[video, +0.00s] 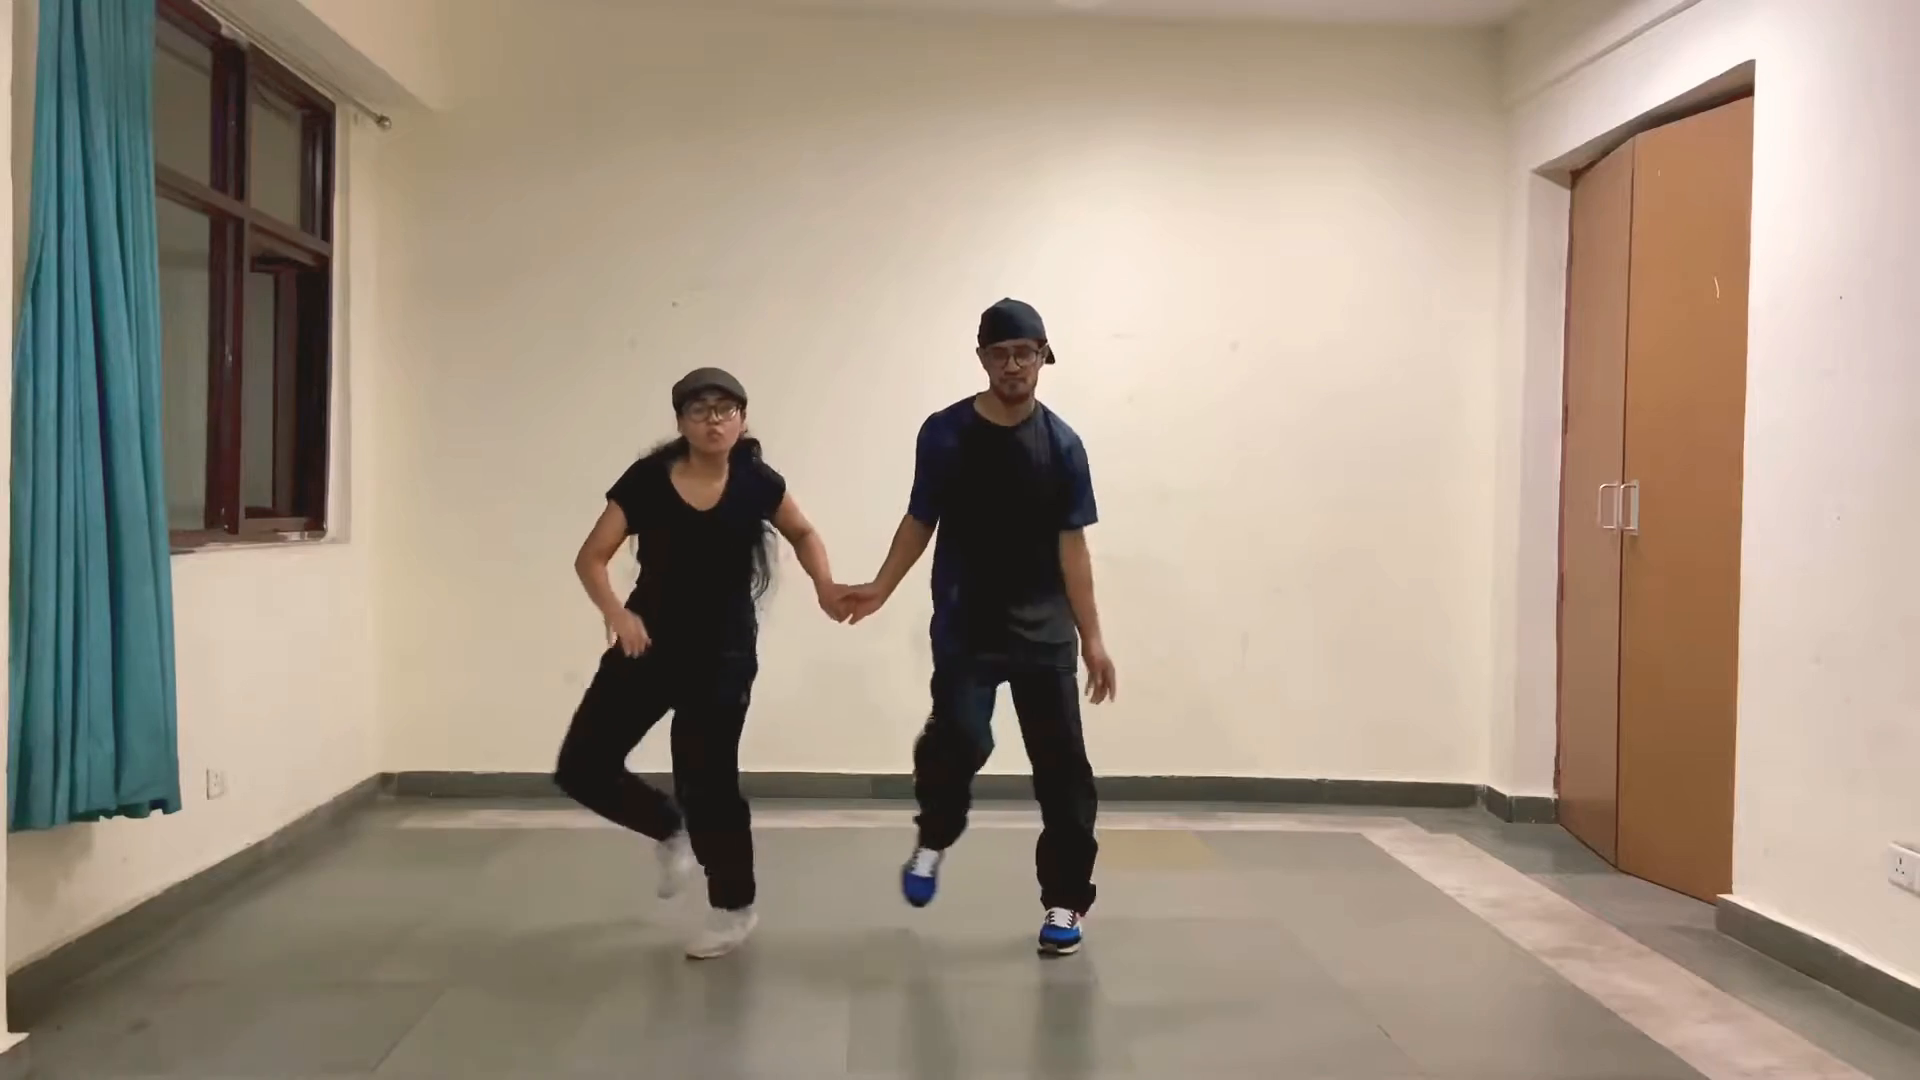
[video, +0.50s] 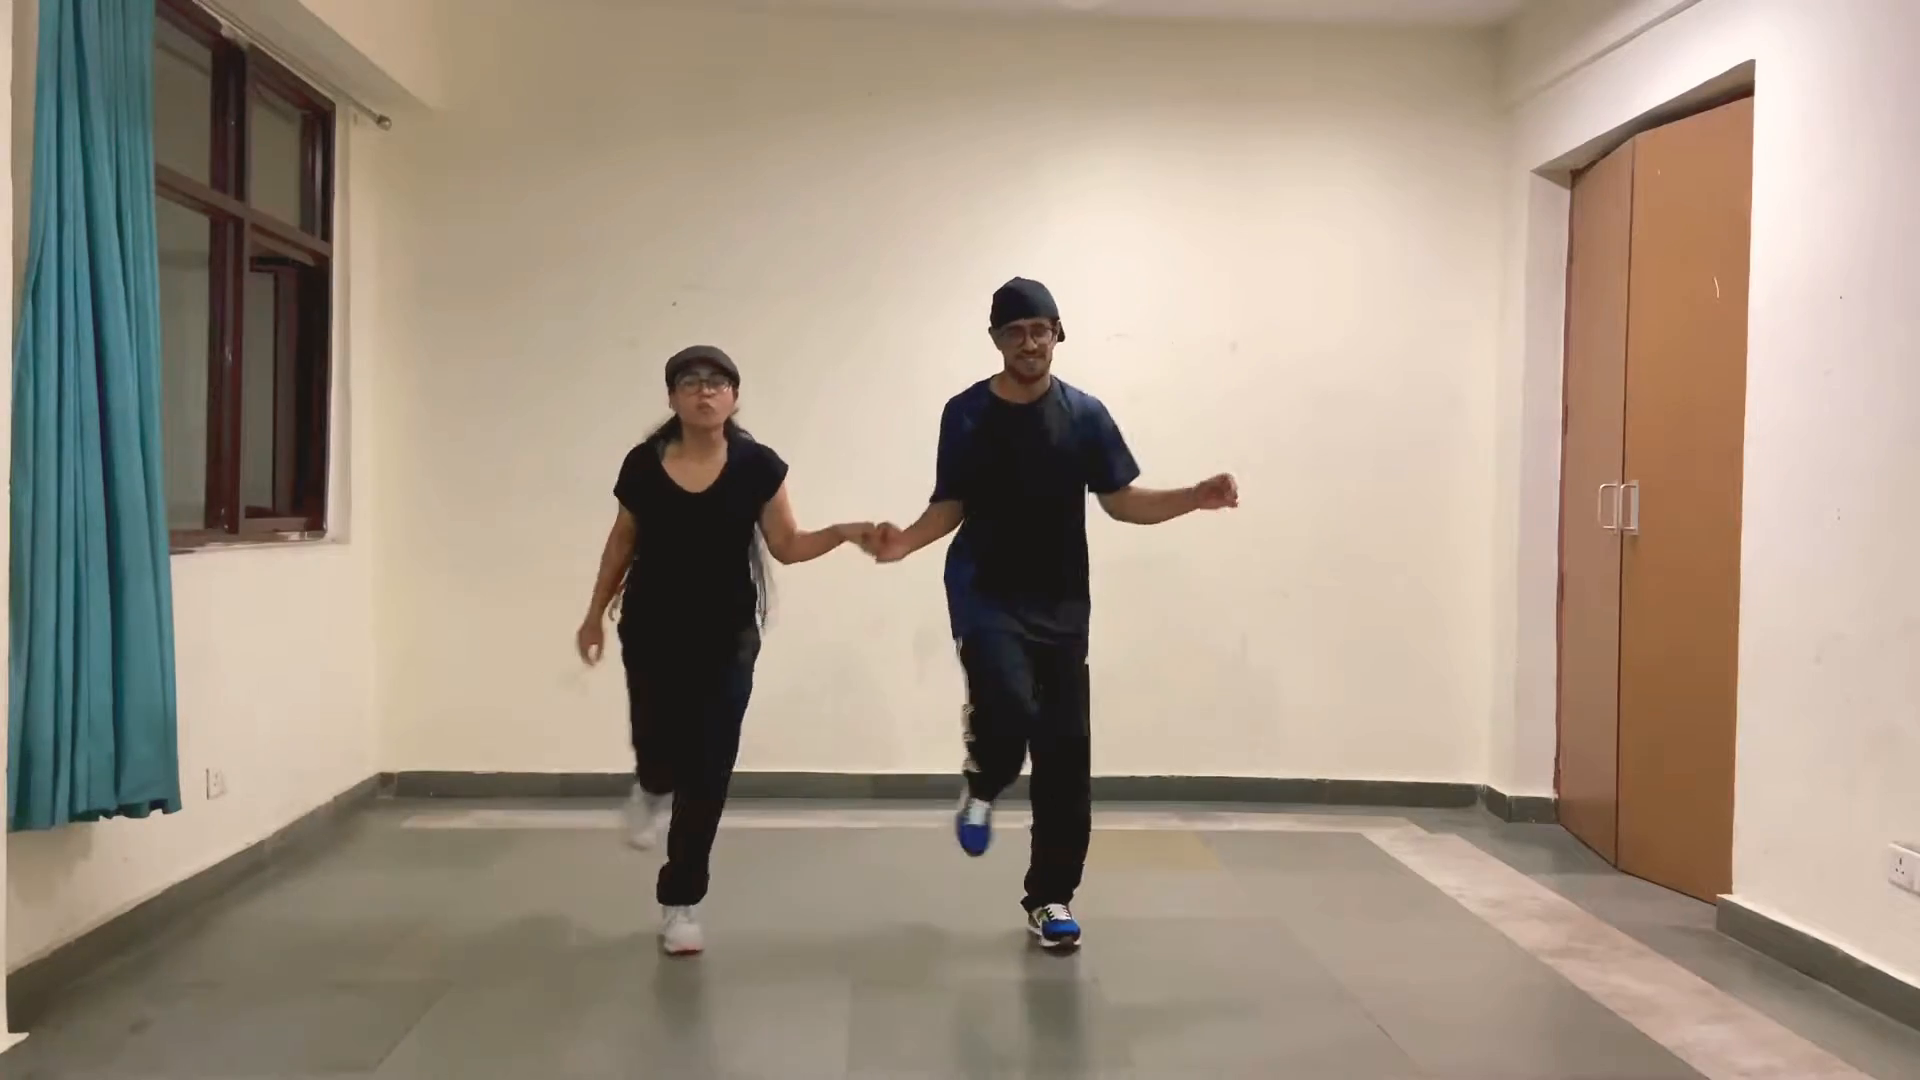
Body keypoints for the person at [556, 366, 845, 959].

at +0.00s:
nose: (717, 419)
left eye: (727, 409)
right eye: (703, 410)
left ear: (742, 420)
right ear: (681, 421)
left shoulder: (758, 483)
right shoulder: (647, 481)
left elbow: (802, 533)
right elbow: (590, 559)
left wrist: (826, 584)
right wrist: (616, 612)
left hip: (721, 654)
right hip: (649, 646)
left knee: (706, 779)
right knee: (582, 771)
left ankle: (735, 907)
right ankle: (671, 826)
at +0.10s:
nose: (704, 424)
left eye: (714, 413)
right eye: (690, 414)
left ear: (730, 421)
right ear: (669, 423)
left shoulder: (744, 485)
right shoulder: (634, 486)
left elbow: (804, 525)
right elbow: (568, 562)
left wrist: (811, 564)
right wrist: (581, 638)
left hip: (700, 656)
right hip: (627, 646)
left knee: (677, 774)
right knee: (554, 759)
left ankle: (707, 902)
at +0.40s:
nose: (698, 412)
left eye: (709, 403)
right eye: (685, 404)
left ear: (727, 415)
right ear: (666, 418)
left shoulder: (753, 485)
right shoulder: (637, 485)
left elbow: (792, 551)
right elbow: (591, 555)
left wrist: (827, 565)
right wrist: (542, 627)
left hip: (708, 656)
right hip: (633, 647)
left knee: (688, 780)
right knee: (601, 766)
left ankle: (675, 905)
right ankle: (588, 829)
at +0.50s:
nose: (704, 393)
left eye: (716, 384)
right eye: (691, 384)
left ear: (734, 397)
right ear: (671, 398)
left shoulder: (758, 467)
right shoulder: (645, 466)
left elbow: (786, 546)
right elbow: (623, 539)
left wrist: (842, 532)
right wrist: (595, 612)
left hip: (725, 636)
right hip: (653, 630)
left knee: (707, 773)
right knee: (656, 741)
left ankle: (682, 902)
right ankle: (655, 794)